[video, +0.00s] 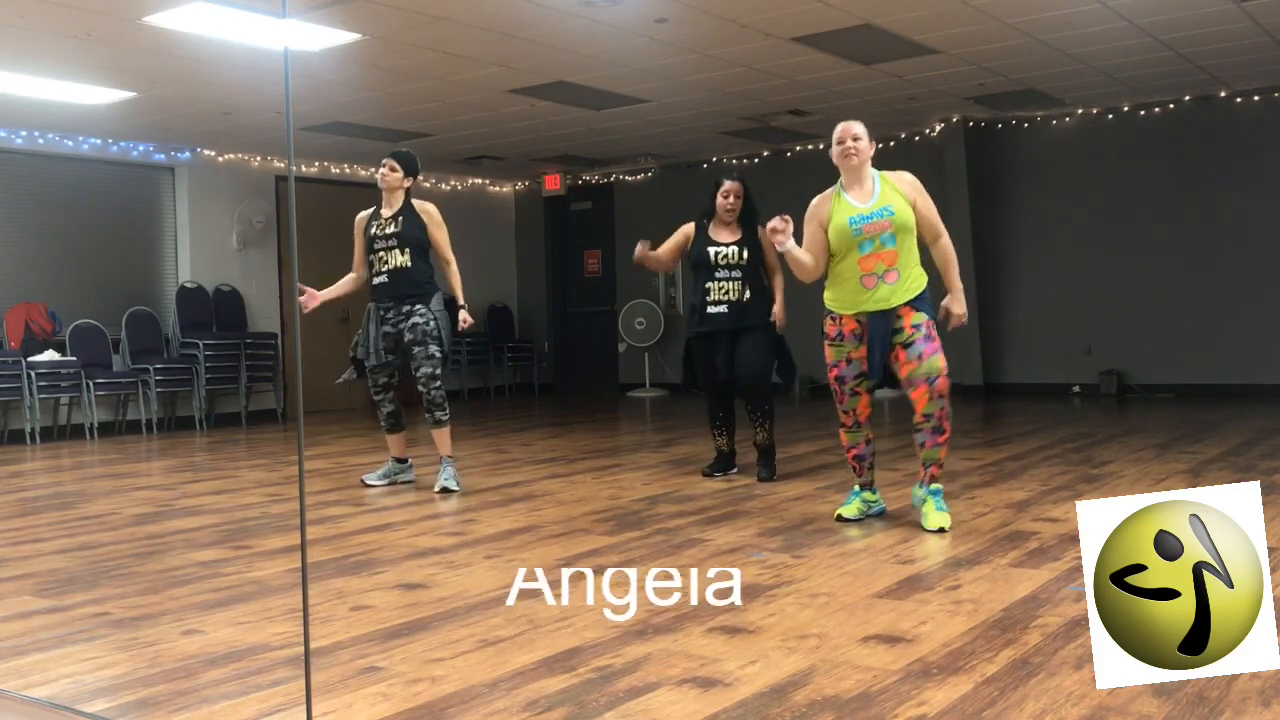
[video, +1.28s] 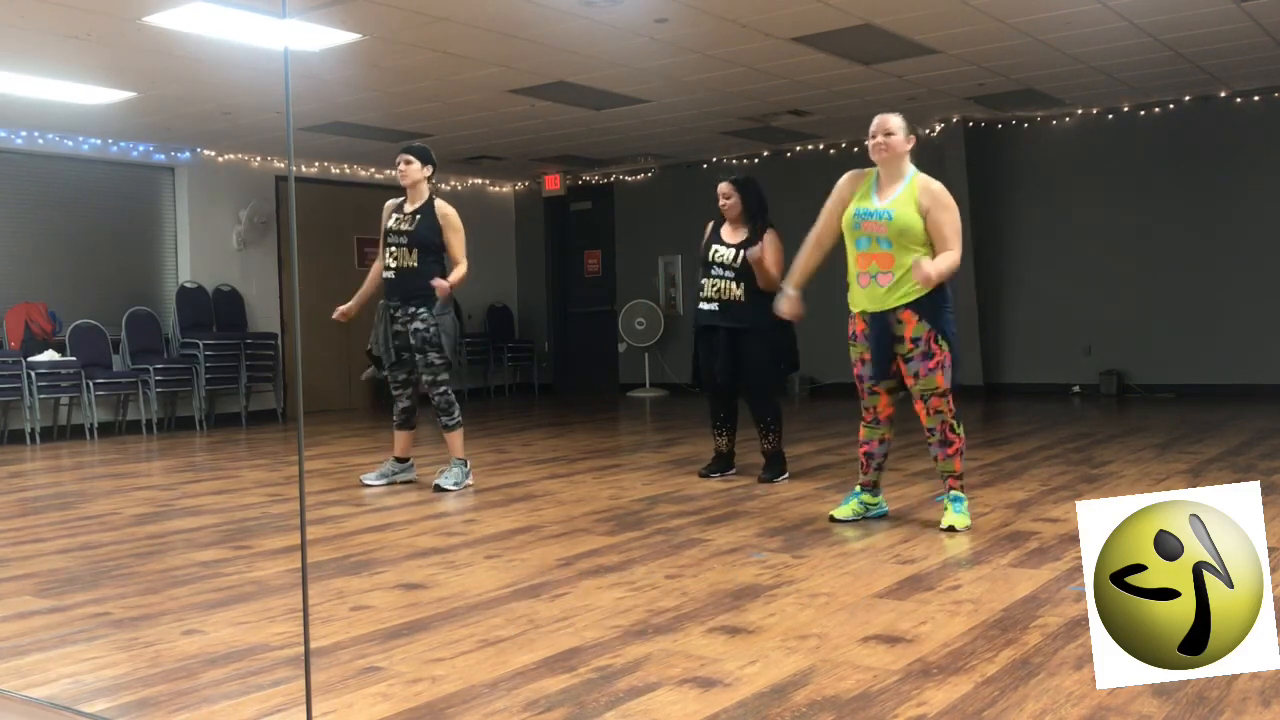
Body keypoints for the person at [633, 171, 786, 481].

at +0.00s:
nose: (730, 201)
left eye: (737, 196)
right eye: (725, 195)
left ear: (744, 202)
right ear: (714, 198)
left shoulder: (758, 232)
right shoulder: (694, 231)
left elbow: (775, 271)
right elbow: (664, 261)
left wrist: (779, 303)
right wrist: (645, 255)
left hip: (753, 328)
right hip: (709, 330)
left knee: (755, 387)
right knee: (716, 392)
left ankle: (766, 456)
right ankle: (725, 456)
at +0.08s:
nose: (731, 204)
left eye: (737, 199)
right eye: (725, 198)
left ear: (744, 204)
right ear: (715, 201)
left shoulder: (757, 235)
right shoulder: (695, 235)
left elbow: (776, 268)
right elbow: (659, 261)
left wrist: (775, 291)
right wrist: (636, 292)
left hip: (754, 328)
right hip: (710, 331)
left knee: (753, 380)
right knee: (716, 393)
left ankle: (767, 445)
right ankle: (725, 456)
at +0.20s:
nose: (725, 199)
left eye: (732, 194)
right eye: (720, 194)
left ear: (744, 199)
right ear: (713, 198)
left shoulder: (760, 234)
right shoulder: (697, 232)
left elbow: (778, 274)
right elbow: (672, 272)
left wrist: (770, 282)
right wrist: (656, 313)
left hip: (755, 325)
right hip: (711, 328)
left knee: (754, 381)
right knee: (718, 390)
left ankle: (771, 448)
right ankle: (725, 456)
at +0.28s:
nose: (722, 198)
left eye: (729, 193)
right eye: (718, 193)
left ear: (743, 198)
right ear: (712, 199)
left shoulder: (764, 236)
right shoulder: (699, 235)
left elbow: (782, 276)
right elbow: (690, 277)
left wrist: (772, 272)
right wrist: (689, 317)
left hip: (757, 330)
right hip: (715, 331)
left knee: (761, 392)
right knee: (720, 393)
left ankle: (774, 458)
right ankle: (725, 456)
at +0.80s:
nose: (723, 195)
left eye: (730, 190)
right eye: (719, 190)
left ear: (744, 197)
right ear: (714, 196)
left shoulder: (761, 231)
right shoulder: (707, 235)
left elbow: (789, 269)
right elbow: (696, 275)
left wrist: (792, 313)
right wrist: (668, 289)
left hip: (759, 329)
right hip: (717, 331)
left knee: (763, 390)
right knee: (716, 390)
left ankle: (775, 460)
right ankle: (723, 457)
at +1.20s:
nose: (719, 199)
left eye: (726, 194)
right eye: (716, 194)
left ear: (742, 198)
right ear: (713, 199)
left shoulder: (762, 235)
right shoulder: (702, 230)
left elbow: (785, 273)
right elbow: (683, 266)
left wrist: (765, 281)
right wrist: (667, 300)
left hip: (754, 330)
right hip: (713, 329)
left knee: (756, 391)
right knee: (718, 392)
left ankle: (773, 458)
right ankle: (723, 458)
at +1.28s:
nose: (722, 203)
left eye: (728, 197)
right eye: (720, 197)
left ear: (747, 199)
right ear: (718, 201)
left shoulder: (766, 236)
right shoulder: (713, 228)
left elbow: (771, 285)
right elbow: (709, 272)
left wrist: (758, 263)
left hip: (755, 331)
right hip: (716, 330)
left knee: (761, 392)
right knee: (720, 392)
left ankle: (774, 460)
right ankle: (723, 457)